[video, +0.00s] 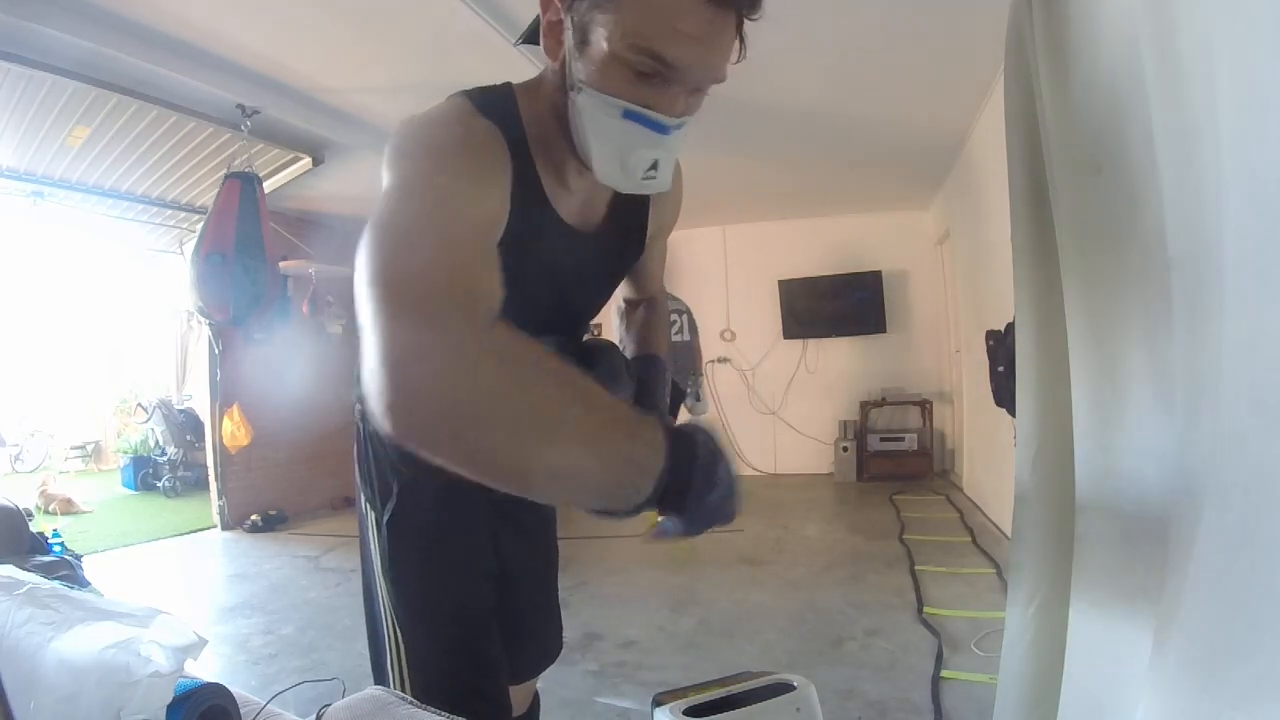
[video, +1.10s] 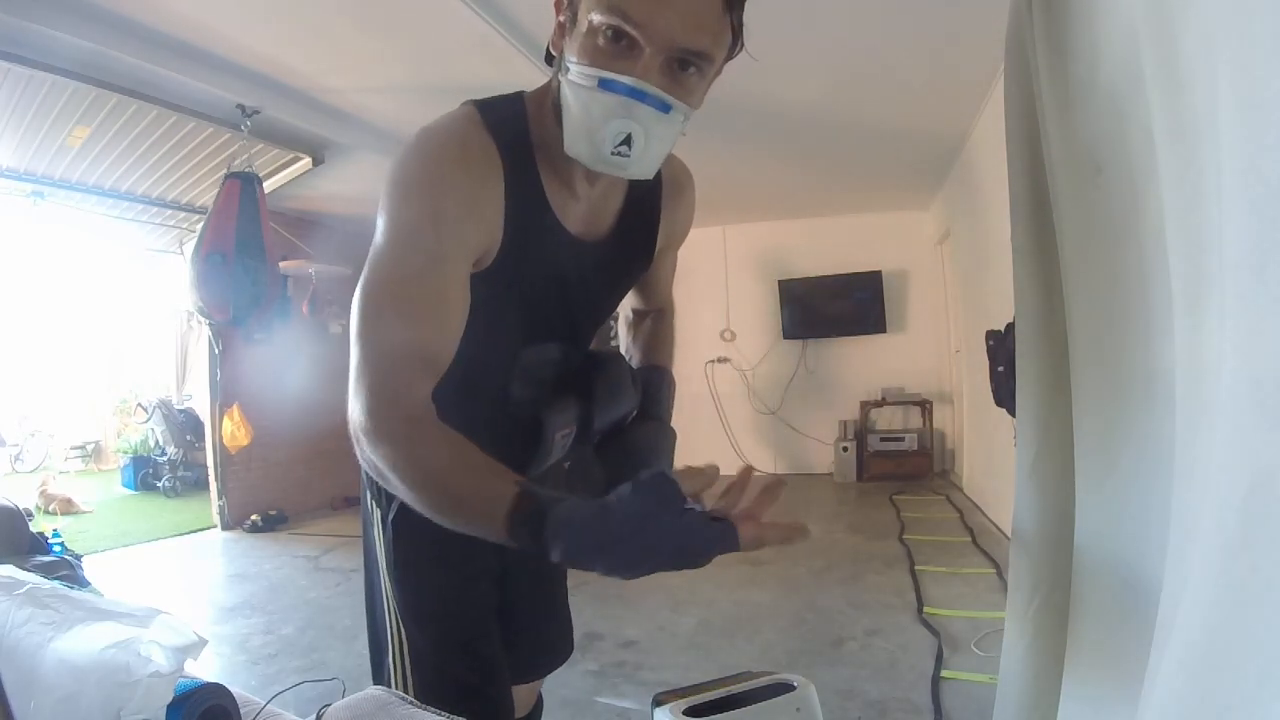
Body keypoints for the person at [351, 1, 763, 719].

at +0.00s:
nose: (672, 114)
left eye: (703, 86)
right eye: (646, 71)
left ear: (728, 65)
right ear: (557, 31)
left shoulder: (654, 181)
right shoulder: (450, 147)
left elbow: (644, 298)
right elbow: (424, 382)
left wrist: (650, 389)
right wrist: (670, 467)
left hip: (535, 428)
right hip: (429, 444)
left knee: (520, 670)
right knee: (458, 693)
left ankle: (517, 705)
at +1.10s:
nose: (642, 85)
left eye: (684, 63)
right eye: (617, 36)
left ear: (715, 78)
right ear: (563, 25)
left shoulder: (667, 191)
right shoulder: (453, 162)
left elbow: (650, 310)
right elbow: (386, 422)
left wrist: (648, 433)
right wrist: (561, 529)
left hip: (540, 479)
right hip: (431, 477)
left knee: (523, 692)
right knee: (462, 706)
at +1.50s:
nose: (634, 84)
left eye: (675, 67)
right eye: (614, 40)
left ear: (703, 83)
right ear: (563, 28)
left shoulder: (657, 192)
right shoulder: (457, 165)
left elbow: (646, 308)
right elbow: (399, 389)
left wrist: (646, 408)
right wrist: (446, 526)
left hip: (547, 455)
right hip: (435, 454)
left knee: (531, 681)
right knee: (466, 702)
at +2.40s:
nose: (681, 63)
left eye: (709, 38)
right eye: (658, 17)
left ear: (720, 40)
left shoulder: (625, 149)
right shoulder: (429, 134)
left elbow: (607, 268)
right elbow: (347, 410)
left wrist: (624, 381)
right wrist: (495, 598)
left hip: (515, 477)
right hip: (412, 484)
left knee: (532, 689)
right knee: (439, 706)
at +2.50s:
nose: (692, 71)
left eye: (712, 48)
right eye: (683, 30)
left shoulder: (603, 135)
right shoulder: (430, 119)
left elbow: (576, 253)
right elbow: (328, 387)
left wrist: (604, 358)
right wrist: (475, 532)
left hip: (506, 472)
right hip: (407, 482)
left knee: (487, 678)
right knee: (443, 699)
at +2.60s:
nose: (684, 75)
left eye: (699, 54)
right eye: (687, 43)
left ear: (592, 8)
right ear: (599, 3)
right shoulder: (428, 108)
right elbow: (298, 353)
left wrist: (595, 348)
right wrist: (477, 427)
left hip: (493, 469)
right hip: (412, 477)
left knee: (480, 674)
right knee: (450, 705)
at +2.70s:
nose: (680, 56)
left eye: (695, 29)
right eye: (688, 20)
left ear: (605, 12)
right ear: (606, 7)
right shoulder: (436, 101)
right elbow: (313, 331)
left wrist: (572, 342)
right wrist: (505, 364)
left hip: (487, 449)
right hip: (415, 459)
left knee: (493, 682)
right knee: (449, 699)